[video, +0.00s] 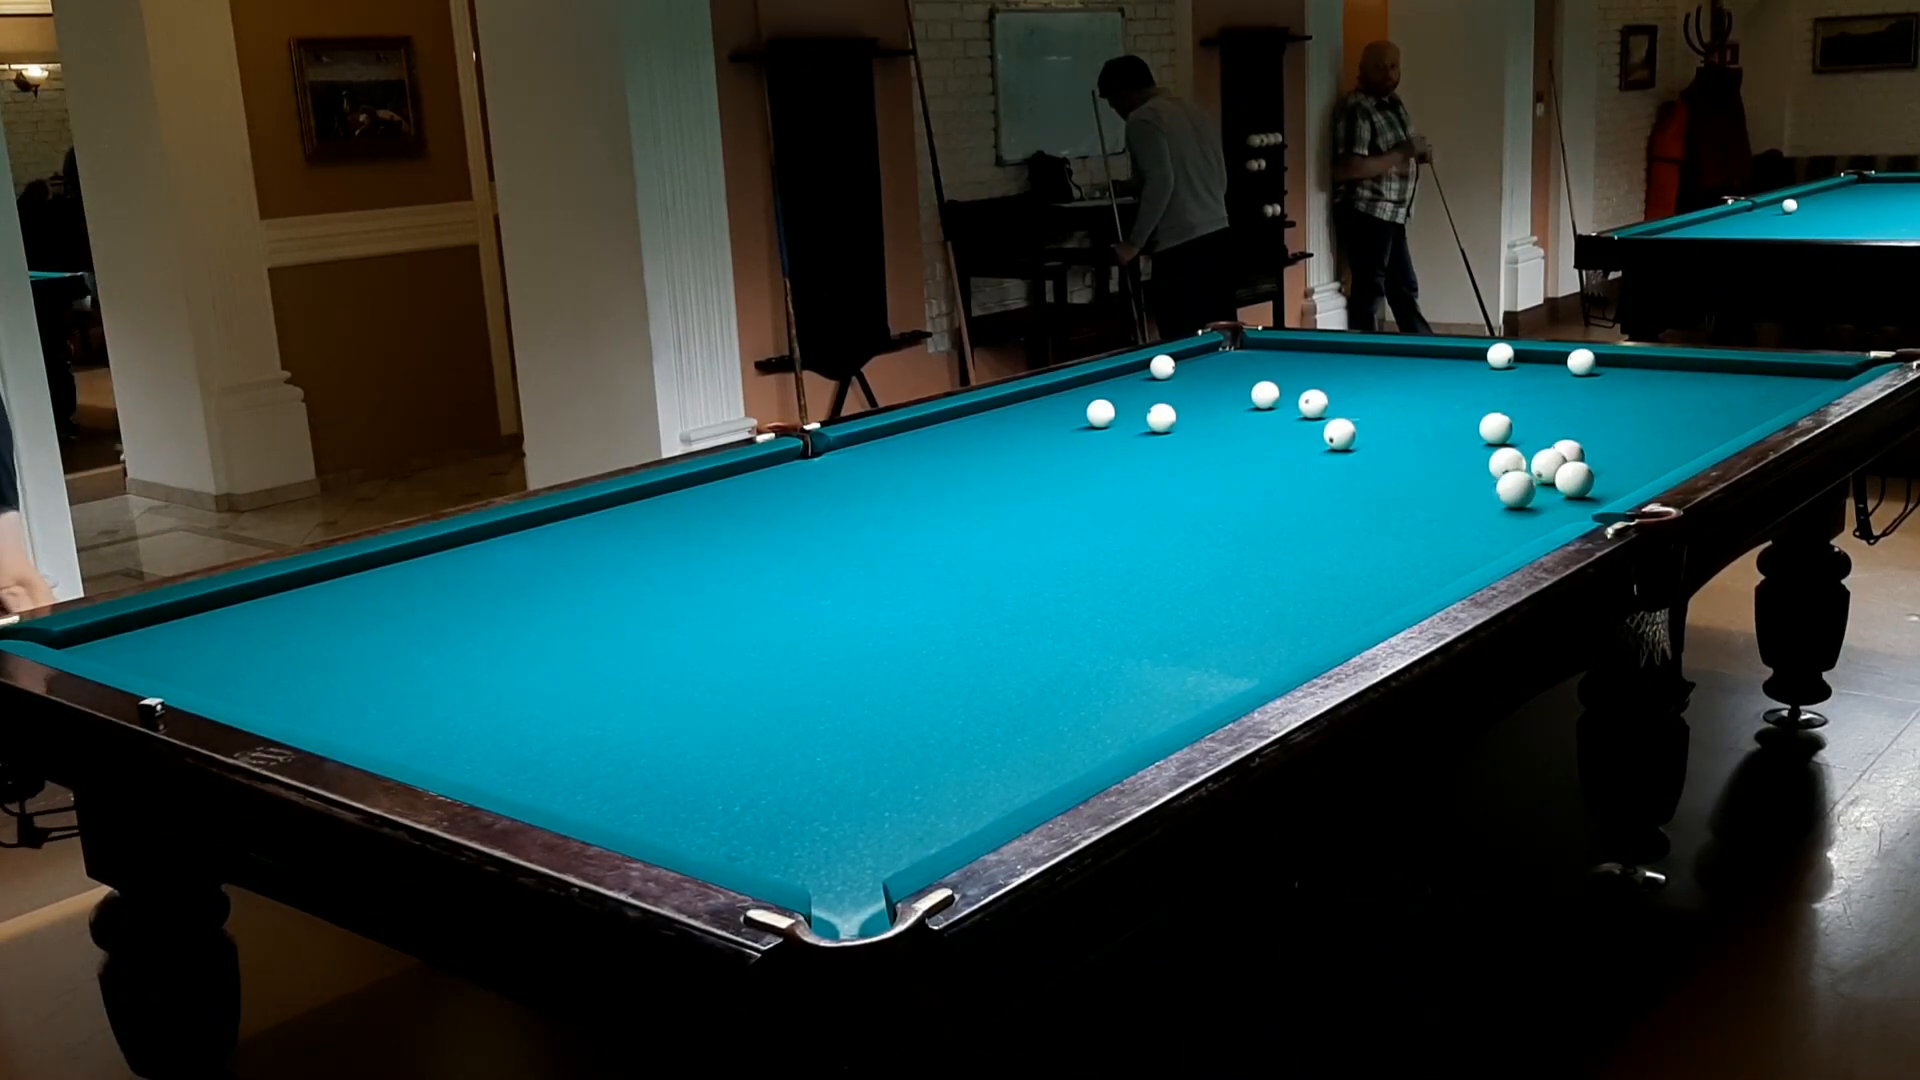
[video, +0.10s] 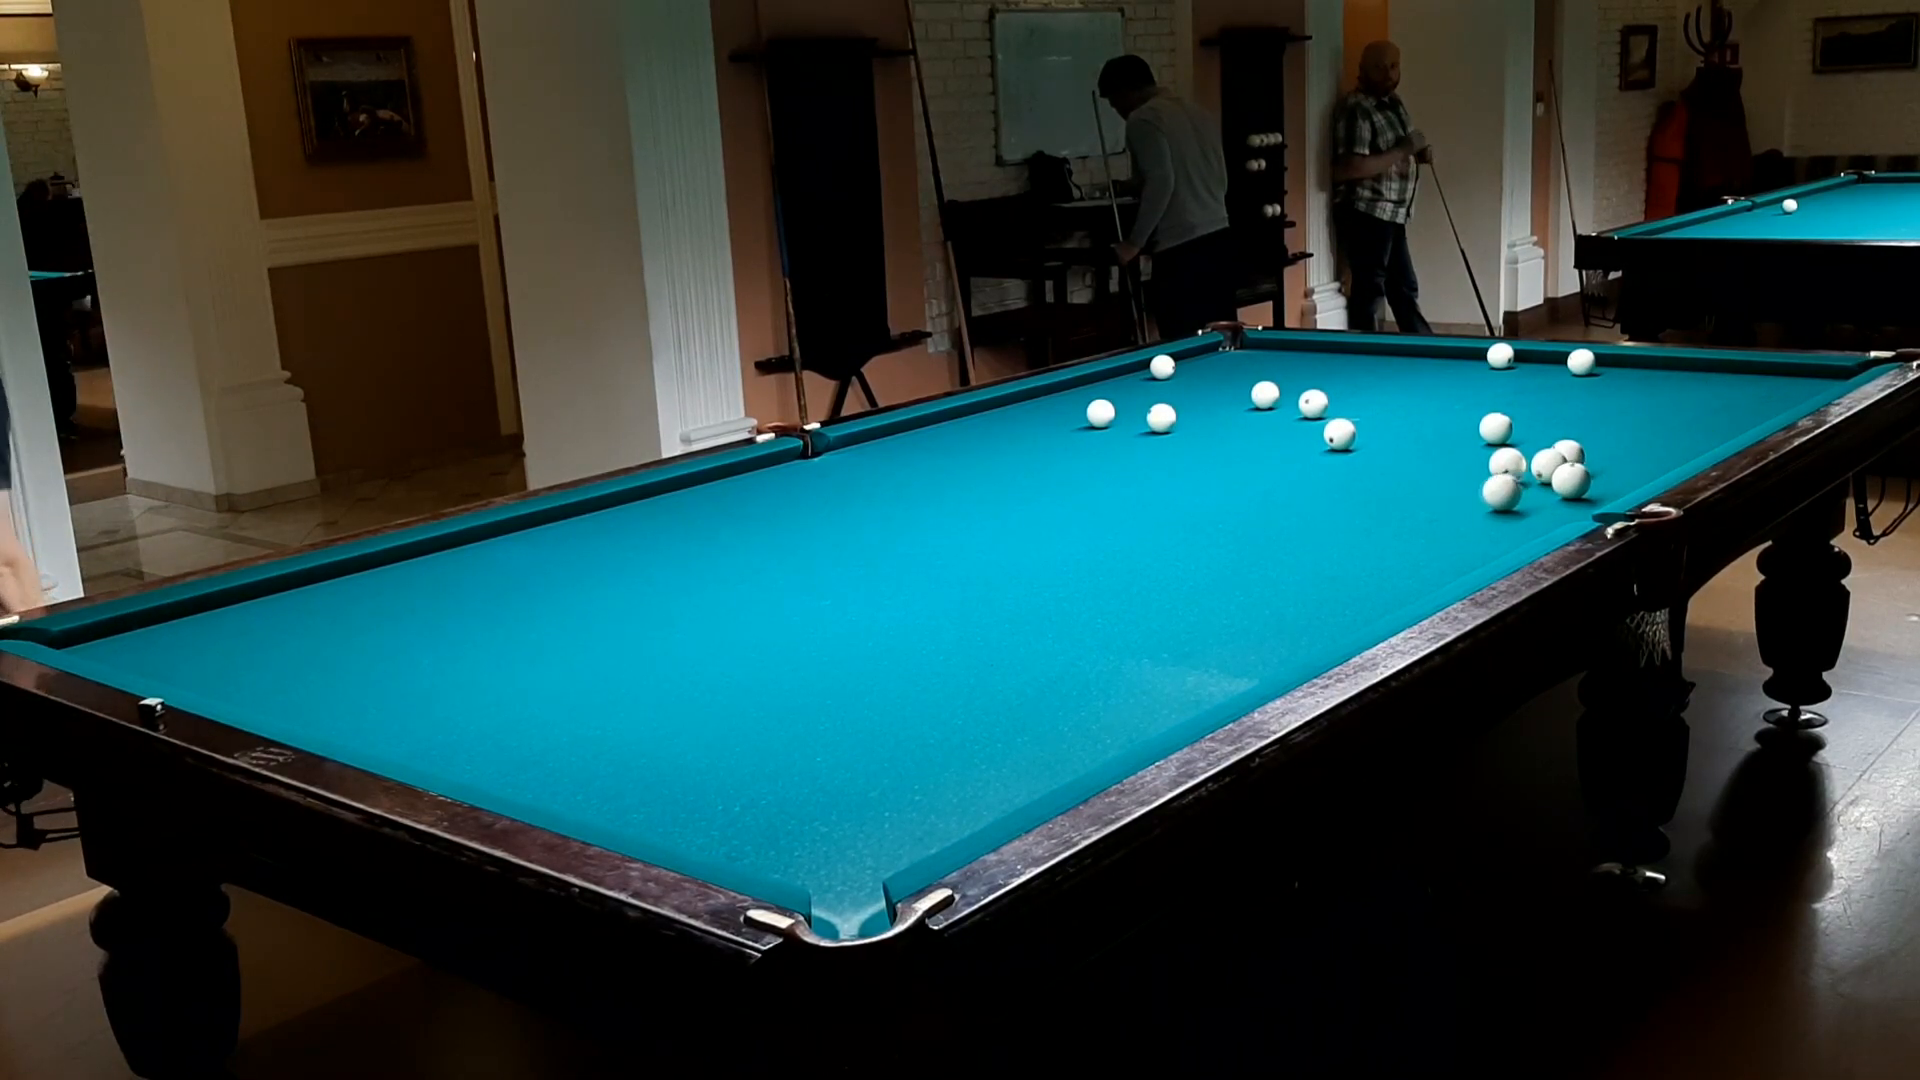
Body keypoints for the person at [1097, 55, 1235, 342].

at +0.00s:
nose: (1114, 108)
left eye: (1112, 100)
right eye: (1110, 101)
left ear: (1122, 92)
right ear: (1148, 81)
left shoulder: (1142, 121)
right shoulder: (1192, 110)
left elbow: (1160, 181)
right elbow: (1216, 176)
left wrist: (1133, 243)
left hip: (1179, 250)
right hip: (1220, 239)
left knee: (1180, 343)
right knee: (1220, 335)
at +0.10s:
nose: (1115, 109)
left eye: (1113, 100)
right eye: (1111, 102)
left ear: (1124, 91)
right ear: (1149, 81)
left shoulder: (1142, 121)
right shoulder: (1194, 111)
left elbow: (1160, 181)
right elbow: (1216, 176)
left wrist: (1133, 243)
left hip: (1180, 251)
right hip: (1220, 240)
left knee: (1181, 344)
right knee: (1221, 336)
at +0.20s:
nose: (1115, 109)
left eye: (1113, 100)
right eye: (1111, 102)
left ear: (1122, 93)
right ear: (1149, 81)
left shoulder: (1142, 120)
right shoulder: (1195, 110)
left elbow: (1161, 182)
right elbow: (1220, 179)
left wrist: (1133, 244)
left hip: (1179, 249)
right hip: (1220, 239)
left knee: (1181, 344)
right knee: (1222, 336)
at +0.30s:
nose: (1115, 108)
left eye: (1113, 100)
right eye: (1111, 101)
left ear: (1123, 92)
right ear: (1149, 80)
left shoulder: (1143, 120)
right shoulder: (1196, 111)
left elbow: (1160, 182)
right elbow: (1220, 177)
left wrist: (1133, 244)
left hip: (1179, 250)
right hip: (1220, 240)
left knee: (1181, 344)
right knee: (1222, 336)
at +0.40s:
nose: (1116, 107)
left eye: (1113, 99)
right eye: (1112, 100)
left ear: (1124, 91)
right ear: (1150, 80)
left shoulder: (1142, 119)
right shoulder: (1196, 110)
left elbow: (1161, 182)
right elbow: (1221, 178)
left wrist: (1133, 244)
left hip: (1178, 250)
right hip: (1220, 240)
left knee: (1181, 346)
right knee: (1222, 338)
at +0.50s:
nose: (1116, 108)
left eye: (1114, 99)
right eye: (1112, 100)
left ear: (1123, 91)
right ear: (1150, 80)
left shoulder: (1143, 119)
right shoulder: (1194, 109)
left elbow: (1161, 182)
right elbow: (1220, 176)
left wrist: (1133, 243)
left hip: (1179, 249)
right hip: (1220, 239)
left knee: (1181, 343)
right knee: (1222, 335)